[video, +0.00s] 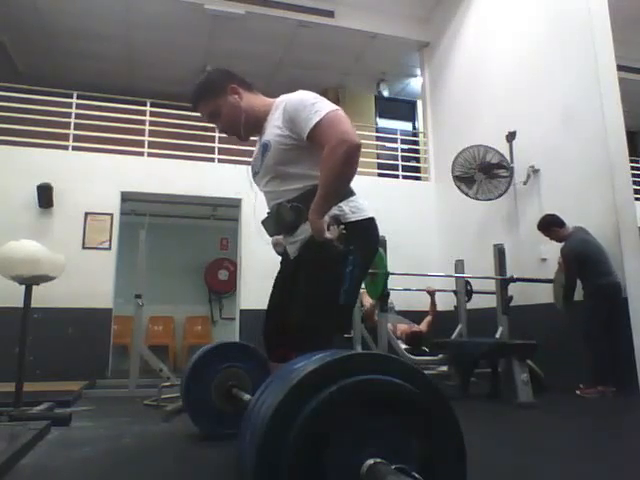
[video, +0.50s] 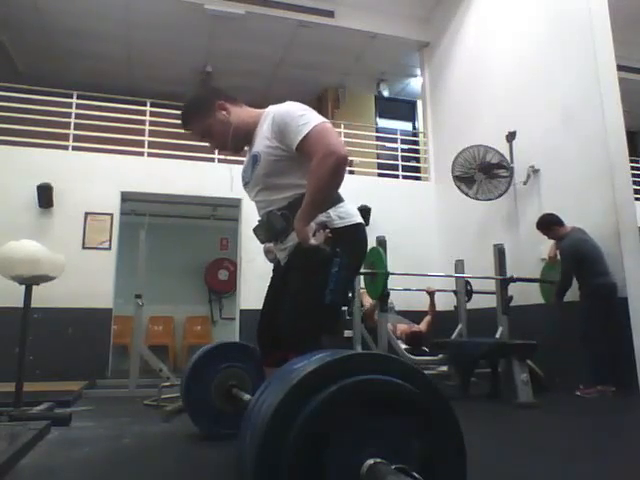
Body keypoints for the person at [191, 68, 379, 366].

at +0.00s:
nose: (219, 129)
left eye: (216, 116)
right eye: (212, 123)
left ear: (235, 93)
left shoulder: (294, 104)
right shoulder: (260, 157)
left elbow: (345, 143)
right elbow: (291, 198)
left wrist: (317, 214)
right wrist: (281, 234)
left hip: (339, 234)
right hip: (304, 247)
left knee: (310, 340)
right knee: (277, 339)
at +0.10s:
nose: (220, 128)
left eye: (217, 115)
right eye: (214, 122)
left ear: (236, 92)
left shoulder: (296, 102)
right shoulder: (261, 155)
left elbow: (347, 142)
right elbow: (292, 197)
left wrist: (318, 213)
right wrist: (281, 233)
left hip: (340, 232)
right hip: (303, 247)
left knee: (310, 337)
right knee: (274, 332)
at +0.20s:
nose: (220, 128)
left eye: (217, 116)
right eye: (213, 123)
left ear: (235, 93)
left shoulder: (295, 103)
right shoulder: (260, 155)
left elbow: (345, 143)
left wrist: (315, 215)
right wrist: (281, 233)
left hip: (337, 235)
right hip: (302, 247)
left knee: (311, 339)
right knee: (276, 334)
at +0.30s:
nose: (219, 135)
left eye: (215, 122)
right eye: (211, 129)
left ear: (232, 98)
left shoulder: (292, 107)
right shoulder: (256, 159)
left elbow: (342, 147)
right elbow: (286, 200)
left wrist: (311, 218)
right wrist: (277, 235)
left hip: (333, 236)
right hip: (299, 249)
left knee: (309, 340)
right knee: (277, 341)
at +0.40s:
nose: (216, 142)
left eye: (211, 130)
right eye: (208, 136)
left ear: (228, 105)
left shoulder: (287, 112)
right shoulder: (253, 164)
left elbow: (336, 152)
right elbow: (284, 204)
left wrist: (307, 220)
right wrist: (274, 239)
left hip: (331, 239)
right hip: (296, 251)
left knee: (302, 338)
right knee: (273, 337)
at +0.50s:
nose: (212, 146)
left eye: (208, 135)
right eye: (205, 141)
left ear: (223, 110)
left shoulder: (283, 115)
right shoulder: (250, 166)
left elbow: (332, 154)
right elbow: (279, 206)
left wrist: (303, 220)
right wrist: (271, 240)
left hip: (330, 237)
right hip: (295, 251)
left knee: (303, 336)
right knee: (271, 336)